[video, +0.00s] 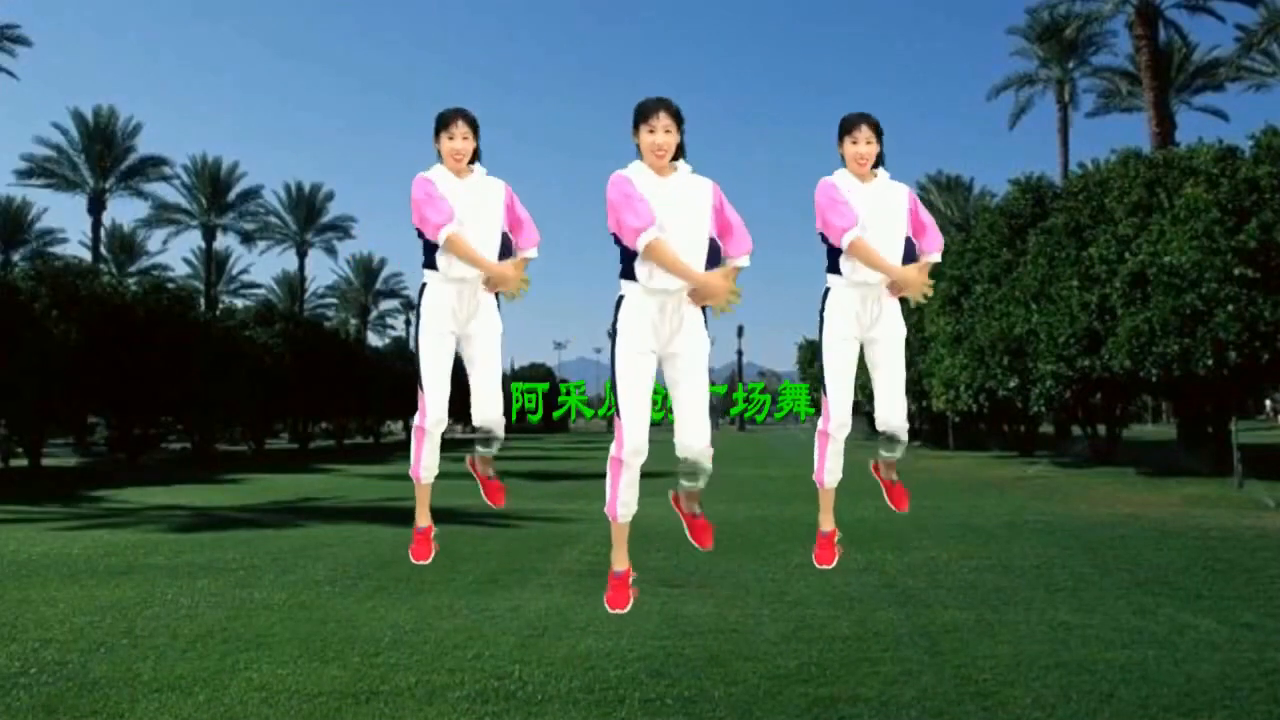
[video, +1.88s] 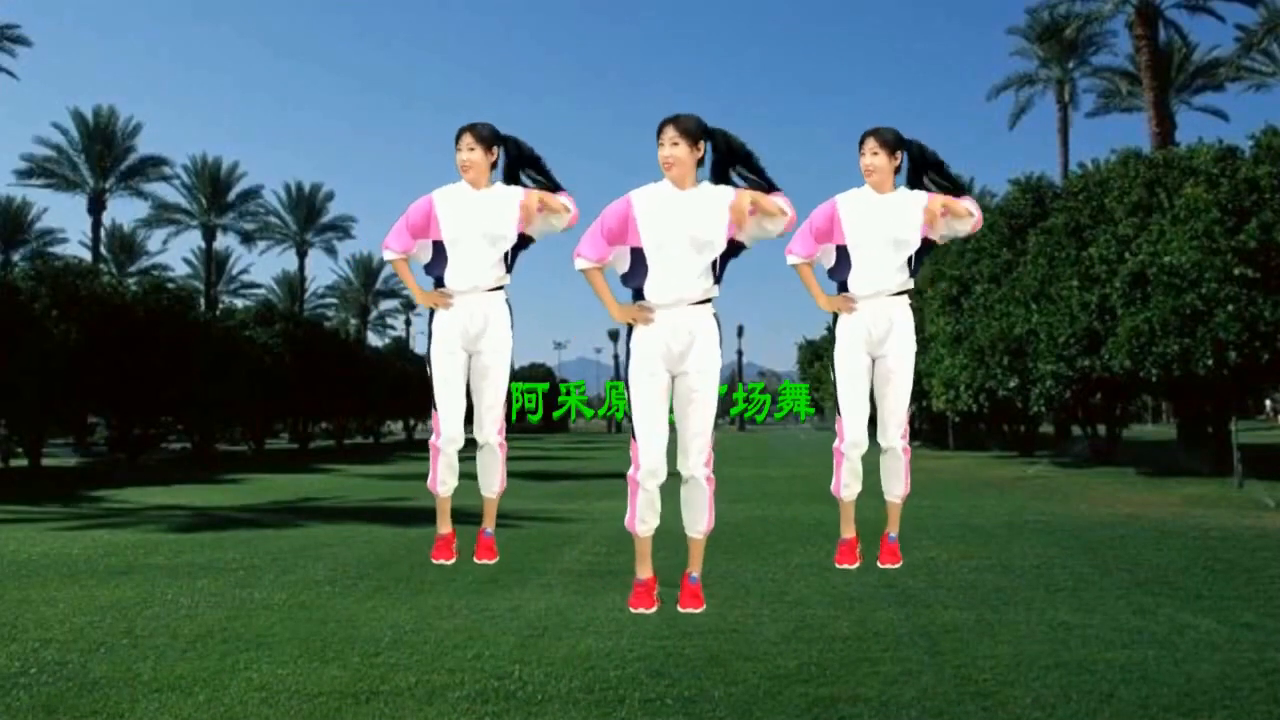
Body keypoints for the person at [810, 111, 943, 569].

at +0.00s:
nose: (863, 149)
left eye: (870, 142)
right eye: (854, 142)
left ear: (880, 148)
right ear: (840, 148)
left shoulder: (901, 194)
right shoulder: (830, 189)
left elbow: (931, 243)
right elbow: (848, 241)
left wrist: (918, 275)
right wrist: (898, 274)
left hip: (887, 304)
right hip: (842, 302)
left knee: (894, 423)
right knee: (837, 418)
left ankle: (886, 469)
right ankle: (826, 524)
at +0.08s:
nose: (860, 161)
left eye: (867, 154)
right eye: (852, 154)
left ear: (879, 160)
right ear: (838, 160)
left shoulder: (900, 206)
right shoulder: (827, 202)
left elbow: (930, 256)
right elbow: (831, 261)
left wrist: (909, 299)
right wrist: (870, 302)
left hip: (883, 314)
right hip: (838, 311)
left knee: (879, 435)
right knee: (833, 427)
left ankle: (867, 439)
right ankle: (827, 531)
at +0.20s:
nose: (857, 188)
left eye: (863, 181)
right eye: (849, 182)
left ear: (874, 189)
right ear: (837, 190)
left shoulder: (897, 238)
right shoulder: (827, 241)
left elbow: (922, 293)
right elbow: (791, 298)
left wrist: (901, 336)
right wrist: (811, 346)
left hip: (874, 348)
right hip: (832, 343)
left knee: (864, 459)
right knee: (831, 446)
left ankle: (834, 438)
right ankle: (827, 534)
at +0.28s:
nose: (858, 185)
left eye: (865, 179)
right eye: (850, 179)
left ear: (876, 186)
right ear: (838, 188)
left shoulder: (899, 236)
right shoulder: (827, 240)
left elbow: (923, 291)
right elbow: (778, 285)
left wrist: (901, 334)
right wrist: (795, 335)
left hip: (875, 348)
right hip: (833, 345)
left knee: (869, 457)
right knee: (832, 448)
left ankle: (840, 421)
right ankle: (828, 535)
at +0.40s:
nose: (863, 161)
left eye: (870, 154)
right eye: (855, 154)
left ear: (881, 162)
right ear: (844, 162)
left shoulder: (901, 211)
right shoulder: (826, 209)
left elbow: (932, 258)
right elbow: (775, 243)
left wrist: (908, 305)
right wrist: (805, 292)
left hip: (888, 325)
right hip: (842, 325)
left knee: (887, 435)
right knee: (841, 436)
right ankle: (829, 534)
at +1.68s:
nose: (866, 165)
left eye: (874, 159)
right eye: (861, 159)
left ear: (891, 165)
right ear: (854, 167)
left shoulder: (911, 209)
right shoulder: (837, 212)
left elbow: (965, 224)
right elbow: (795, 260)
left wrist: (934, 258)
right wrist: (822, 307)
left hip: (898, 321)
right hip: (854, 323)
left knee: (896, 435)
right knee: (857, 437)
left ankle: (888, 535)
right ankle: (848, 535)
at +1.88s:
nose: (867, 160)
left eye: (876, 153)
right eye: (863, 154)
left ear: (896, 159)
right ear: (859, 161)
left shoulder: (917, 201)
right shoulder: (841, 206)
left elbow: (973, 216)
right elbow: (797, 252)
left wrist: (948, 212)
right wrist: (825, 299)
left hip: (898, 315)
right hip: (853, 315)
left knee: (894, 431)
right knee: (852, 432)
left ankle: (891, 535)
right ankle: (847, 535)